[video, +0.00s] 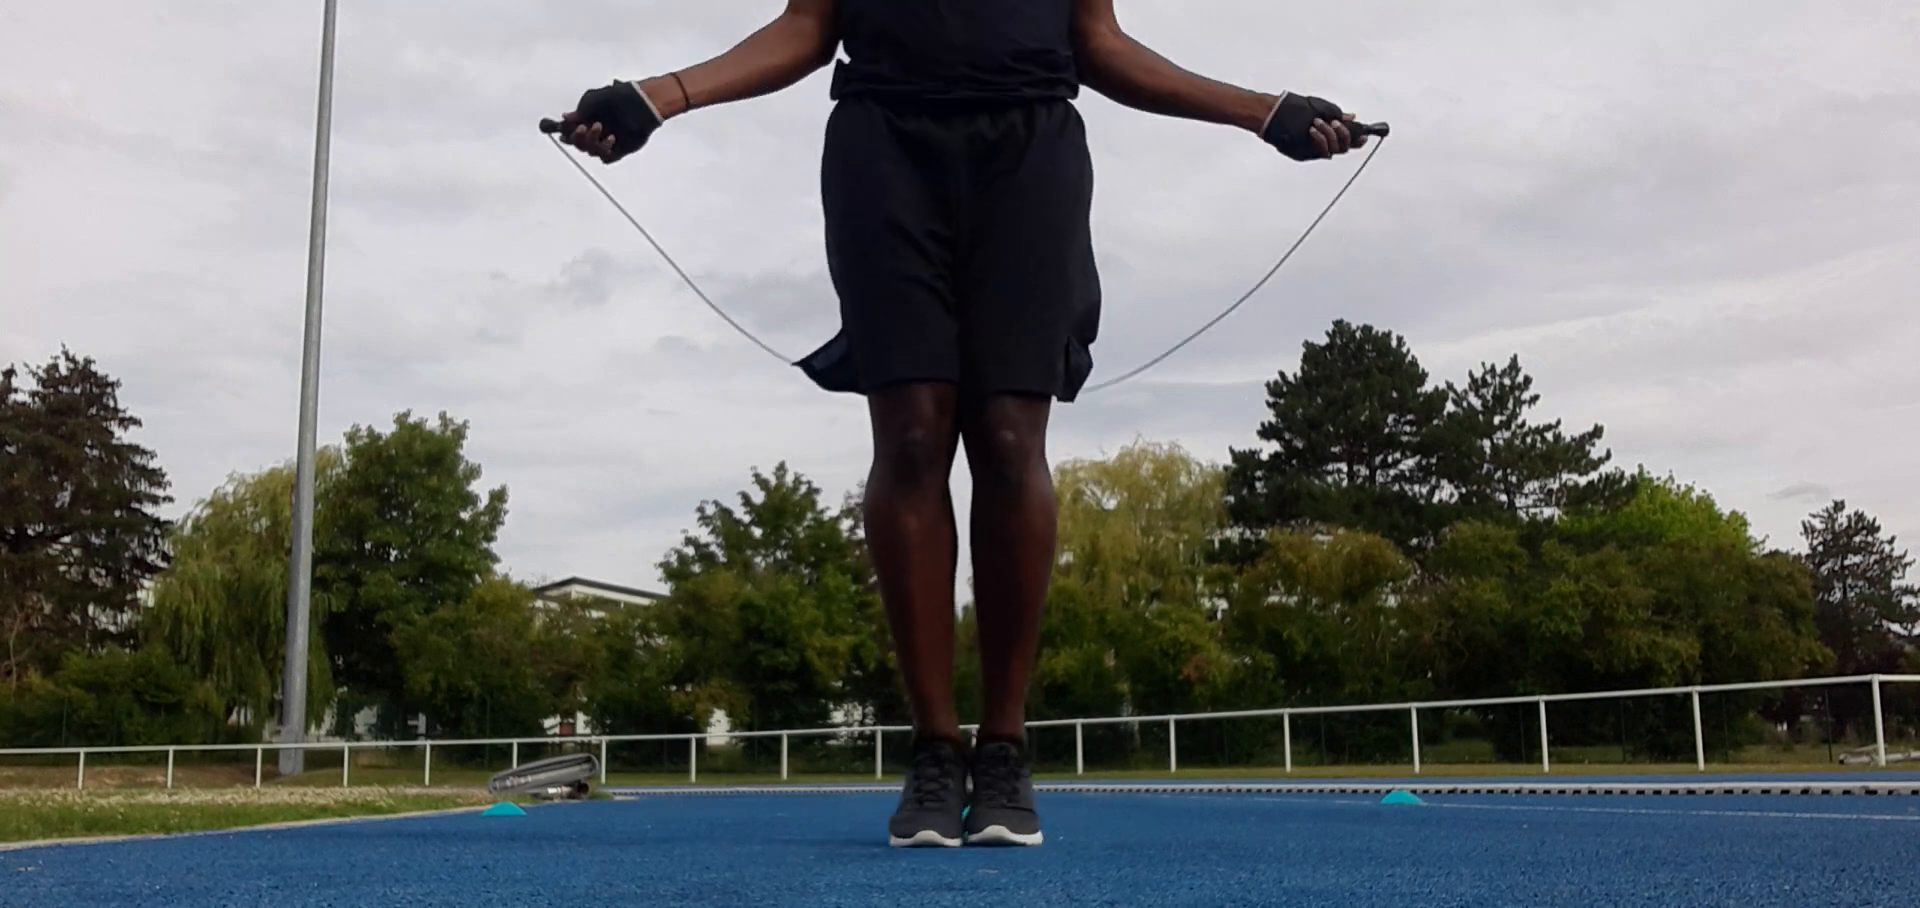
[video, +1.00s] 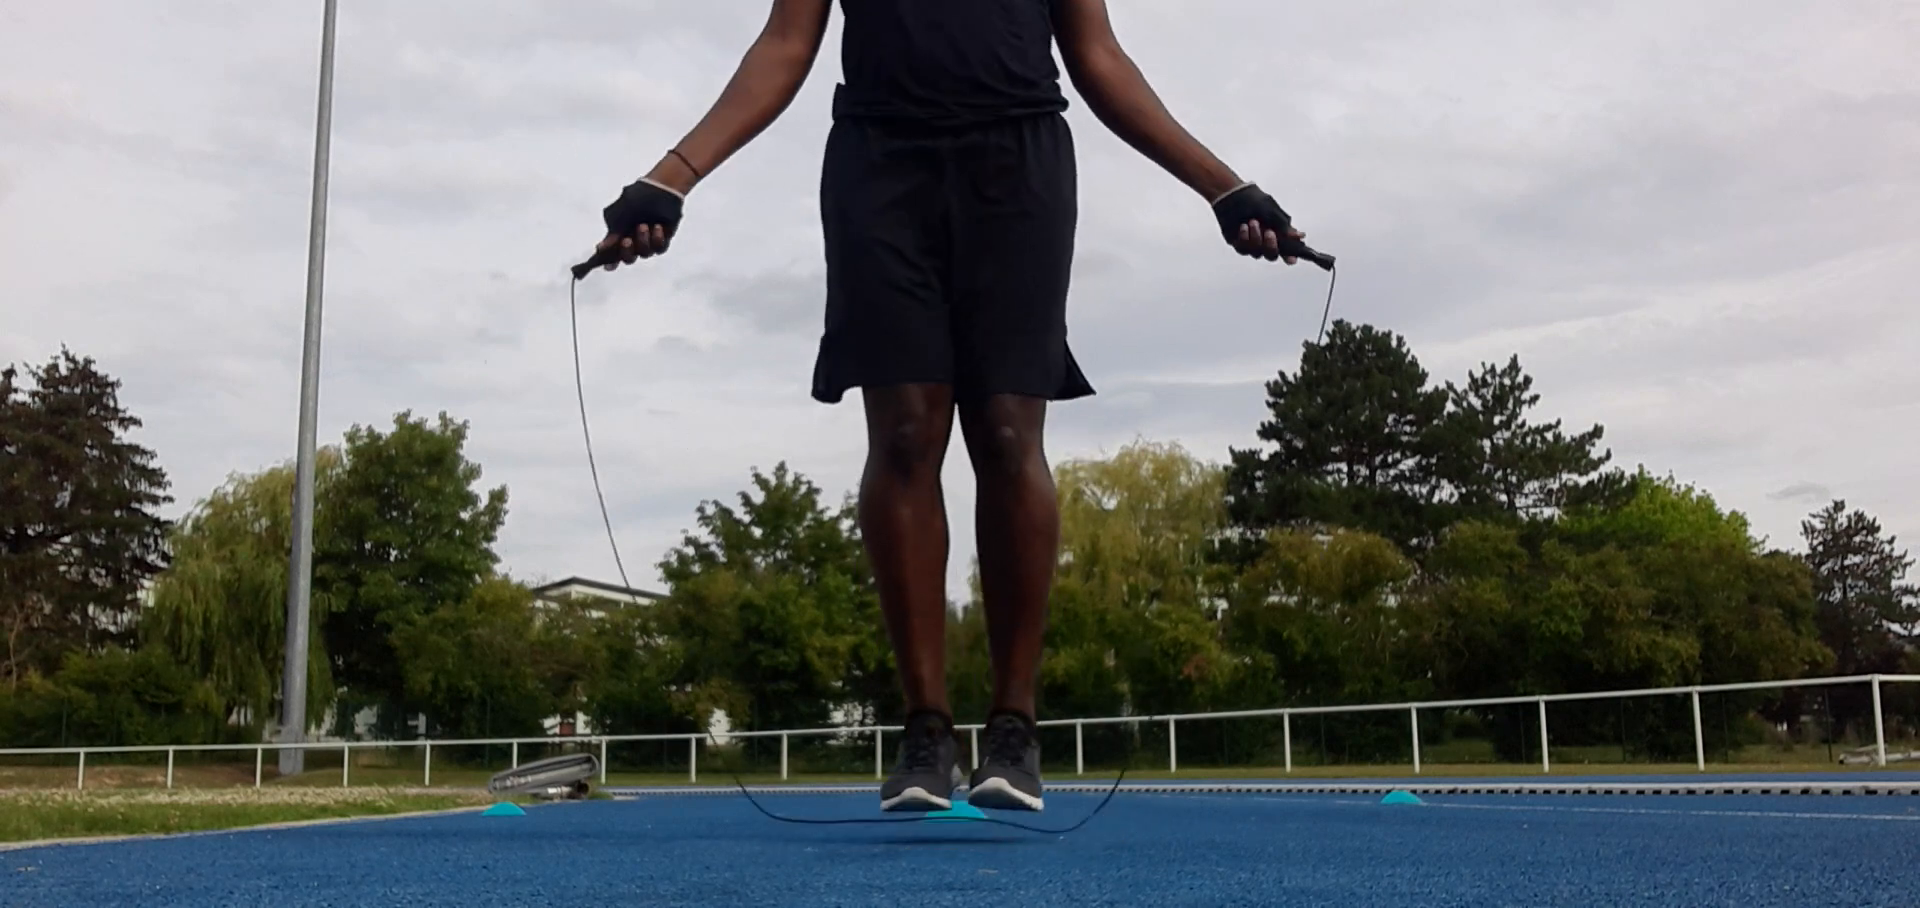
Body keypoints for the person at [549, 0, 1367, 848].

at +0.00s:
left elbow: (1104, 48)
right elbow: (802, 32)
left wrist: (1267, 110)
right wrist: (658, 95)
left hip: (1033, 129)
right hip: (882, 128)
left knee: (1008, 432)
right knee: (912, 428)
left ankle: (1003, 750)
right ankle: (935, 753)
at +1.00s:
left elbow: (1099, 57)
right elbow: (787, 39)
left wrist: (1224, 185)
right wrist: (672, 173)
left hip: (1018, 146)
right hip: (878, 150)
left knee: (1006, 431)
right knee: (904, 427)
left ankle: (1013, 731)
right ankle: (926, 735)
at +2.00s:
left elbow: (1077, 98)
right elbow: (765, 84)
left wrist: (1206, 186)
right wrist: (659, 178)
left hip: (997, 206)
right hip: (863, 208)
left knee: (981, 469)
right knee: (886, 467)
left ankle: (982, 760)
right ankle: (908, 766)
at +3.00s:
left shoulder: (1011, 6)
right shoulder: (802, 7)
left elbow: (1074, 136)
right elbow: (744, 131)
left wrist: (1214, 135)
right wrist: (617, 129)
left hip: (980, 248)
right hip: (849, 248)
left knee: (962, 506)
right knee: (871, 504)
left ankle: (958, 773)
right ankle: (903, 775)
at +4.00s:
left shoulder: (1006, 6)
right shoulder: (808, 3)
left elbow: (1051, 129)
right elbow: (775, 120)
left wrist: (1202, 168)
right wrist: (634, 175)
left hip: (978, 216)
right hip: (851, 217)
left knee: (960, 477)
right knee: (876, 477)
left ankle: (963, 763)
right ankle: (901, 765)